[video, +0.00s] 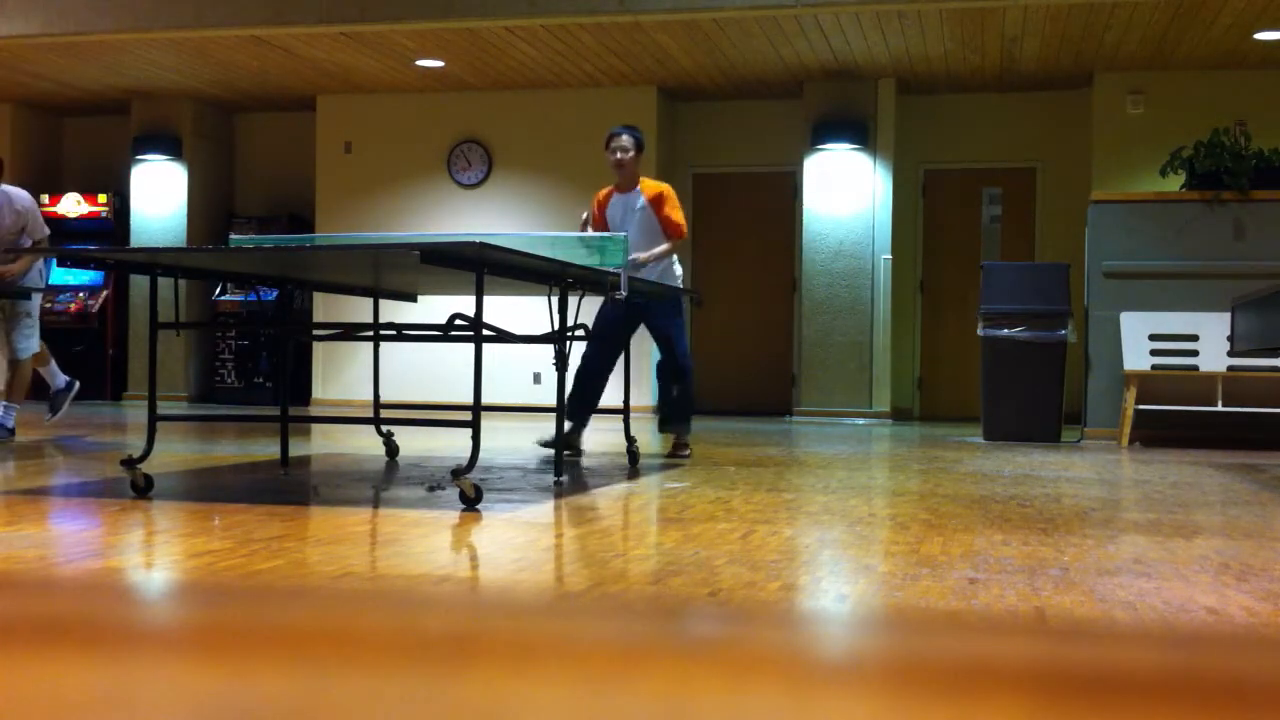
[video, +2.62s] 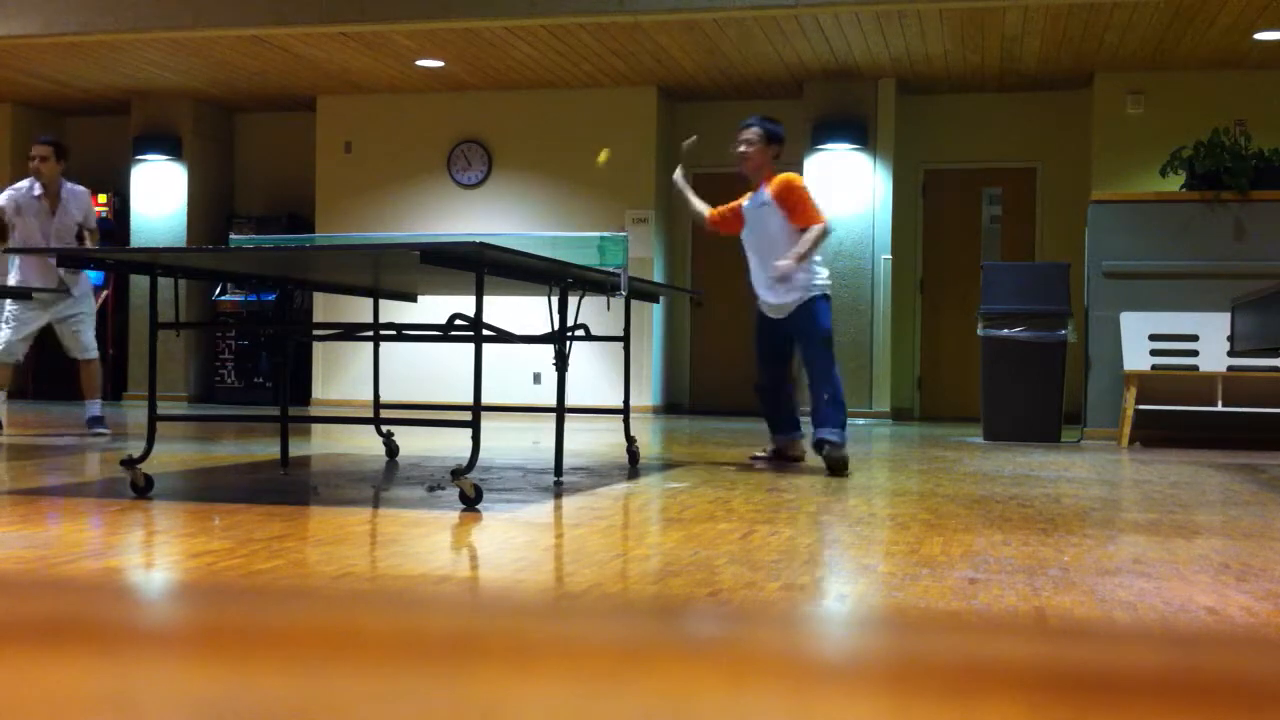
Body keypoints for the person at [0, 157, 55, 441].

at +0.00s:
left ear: (3, 172)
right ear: (3, 173)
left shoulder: (18, 200)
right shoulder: (15, 201)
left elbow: (42, 242)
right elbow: (40, 241)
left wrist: (17, 266)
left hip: (24, 272)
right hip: (4, 273)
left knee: (21, 346)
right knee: (22, 337)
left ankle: (7, 418)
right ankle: (60, 383)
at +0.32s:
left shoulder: (14, 199)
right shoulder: (12, 198)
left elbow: (31, 248)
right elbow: (28, 247)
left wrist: (4, 265)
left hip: (26, 275)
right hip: (8, 275)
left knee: (20, 350)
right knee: (6, 347)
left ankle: (7, 418)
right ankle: (18, 397)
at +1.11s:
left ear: (1, 128)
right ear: (3, 127)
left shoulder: (7, 170)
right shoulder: (8, 169)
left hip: (16, 263)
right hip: (16, 262)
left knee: (15, 345)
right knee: (13, 345)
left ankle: (12, 415)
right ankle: (9, 414)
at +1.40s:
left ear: (5, 130)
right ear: (5, 131)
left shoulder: (16, 166)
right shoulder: (10, 166)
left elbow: (6, 209)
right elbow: (11, 210)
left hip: (21, 270)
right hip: (6, 271)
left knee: (30, 344)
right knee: (4, 350)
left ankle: (43, 405)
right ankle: (7, 415)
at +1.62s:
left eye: (1, 129)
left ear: (16, 135)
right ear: (9, 135)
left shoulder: (37, 172)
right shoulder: (4, 174)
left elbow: (43, 221)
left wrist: (4, 212)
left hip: (33, 278)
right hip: (3, 278)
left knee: (48, 352)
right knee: (1, 354)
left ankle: (57, 412)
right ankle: (6, 416)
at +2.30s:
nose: (12, 147)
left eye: (18, 141)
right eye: (8, 141)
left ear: (37, 144)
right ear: (4, 144)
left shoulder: (60, 182)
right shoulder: (1, 181)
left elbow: (80, 227)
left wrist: (45, 230)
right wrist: (8, 253)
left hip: (53, 281)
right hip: (9, 280)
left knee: (63, 350)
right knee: (1, 352)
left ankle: (61, 415)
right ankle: (0, 413)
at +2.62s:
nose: (36, 165)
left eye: (43, 160)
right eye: (32, 159)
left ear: (60, 164)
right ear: (28, 162)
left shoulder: (79, 196)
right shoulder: (15, 197)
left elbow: (90, 230)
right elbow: (1, 230)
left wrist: (90, 253)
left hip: (73, 291)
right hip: (25, 292)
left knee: (88, 350)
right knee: (6, 350)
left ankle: (94, 415)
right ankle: (1, 412)